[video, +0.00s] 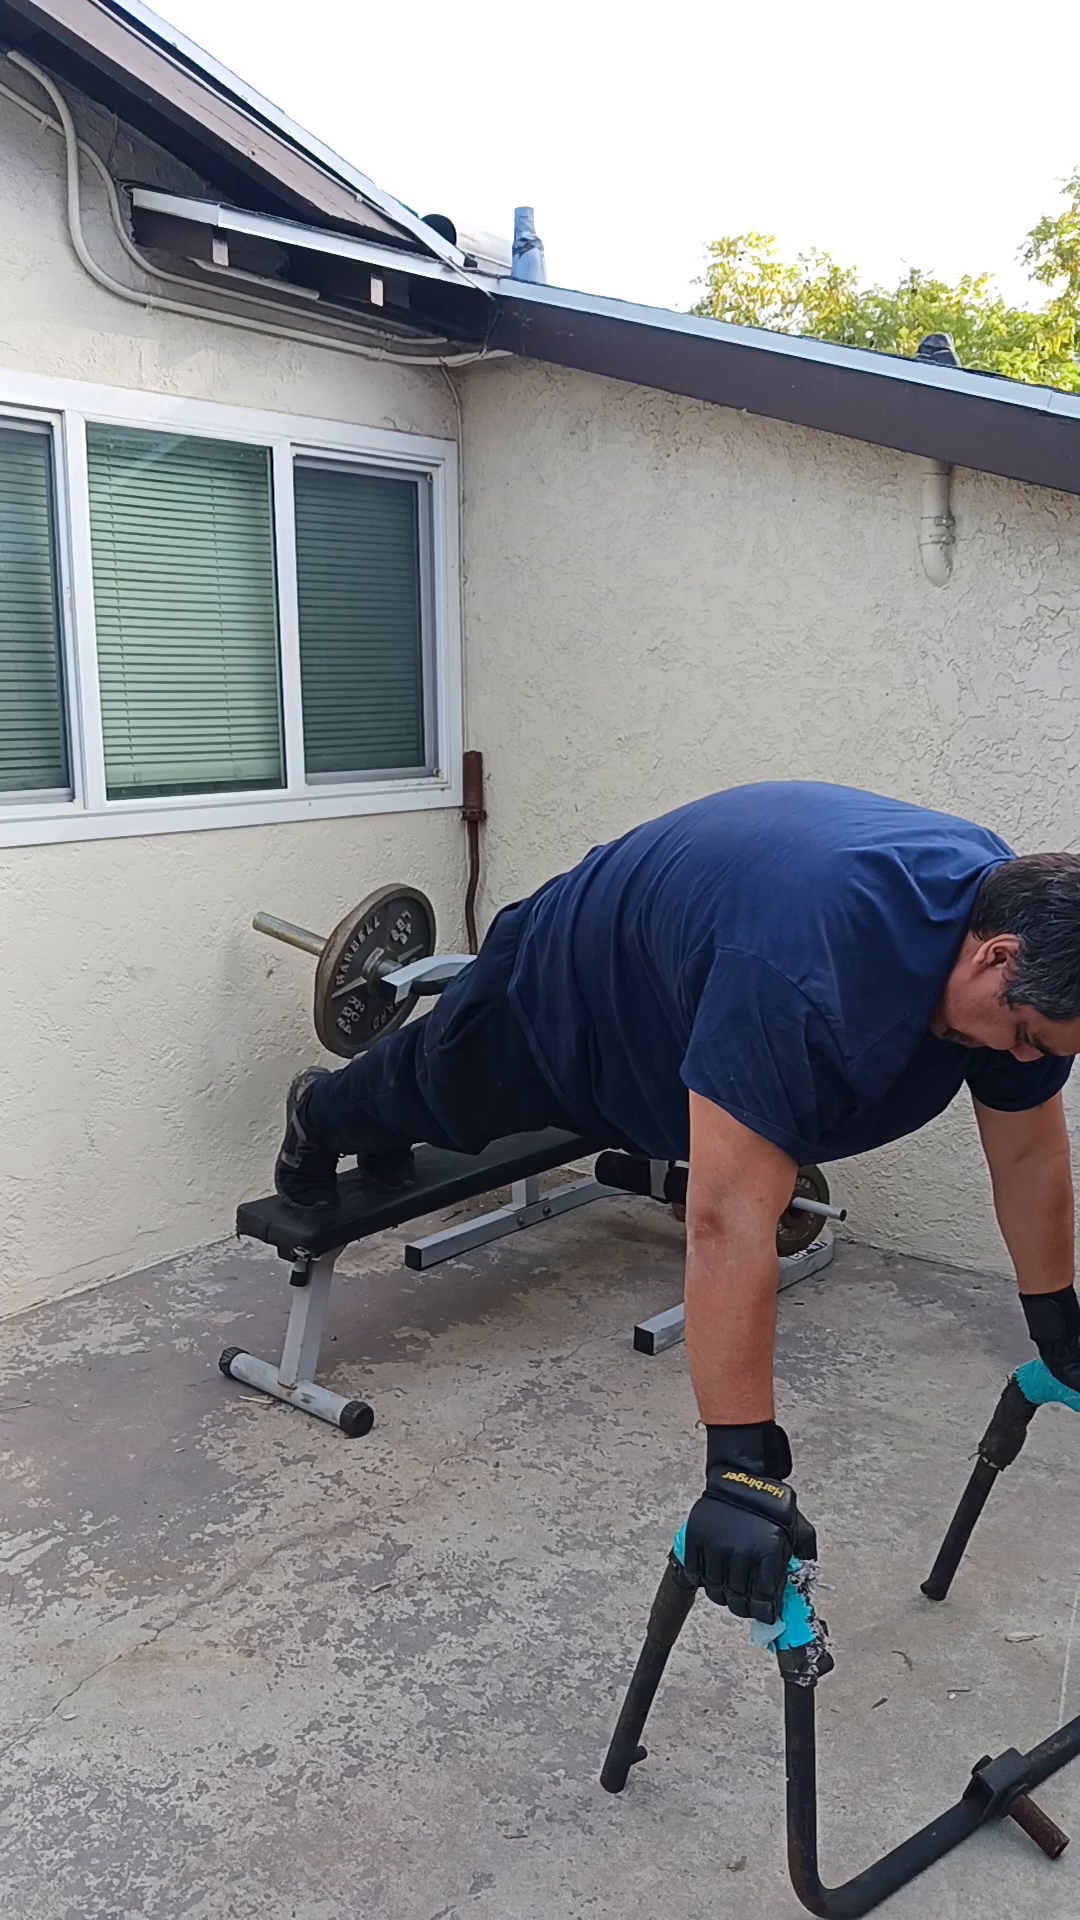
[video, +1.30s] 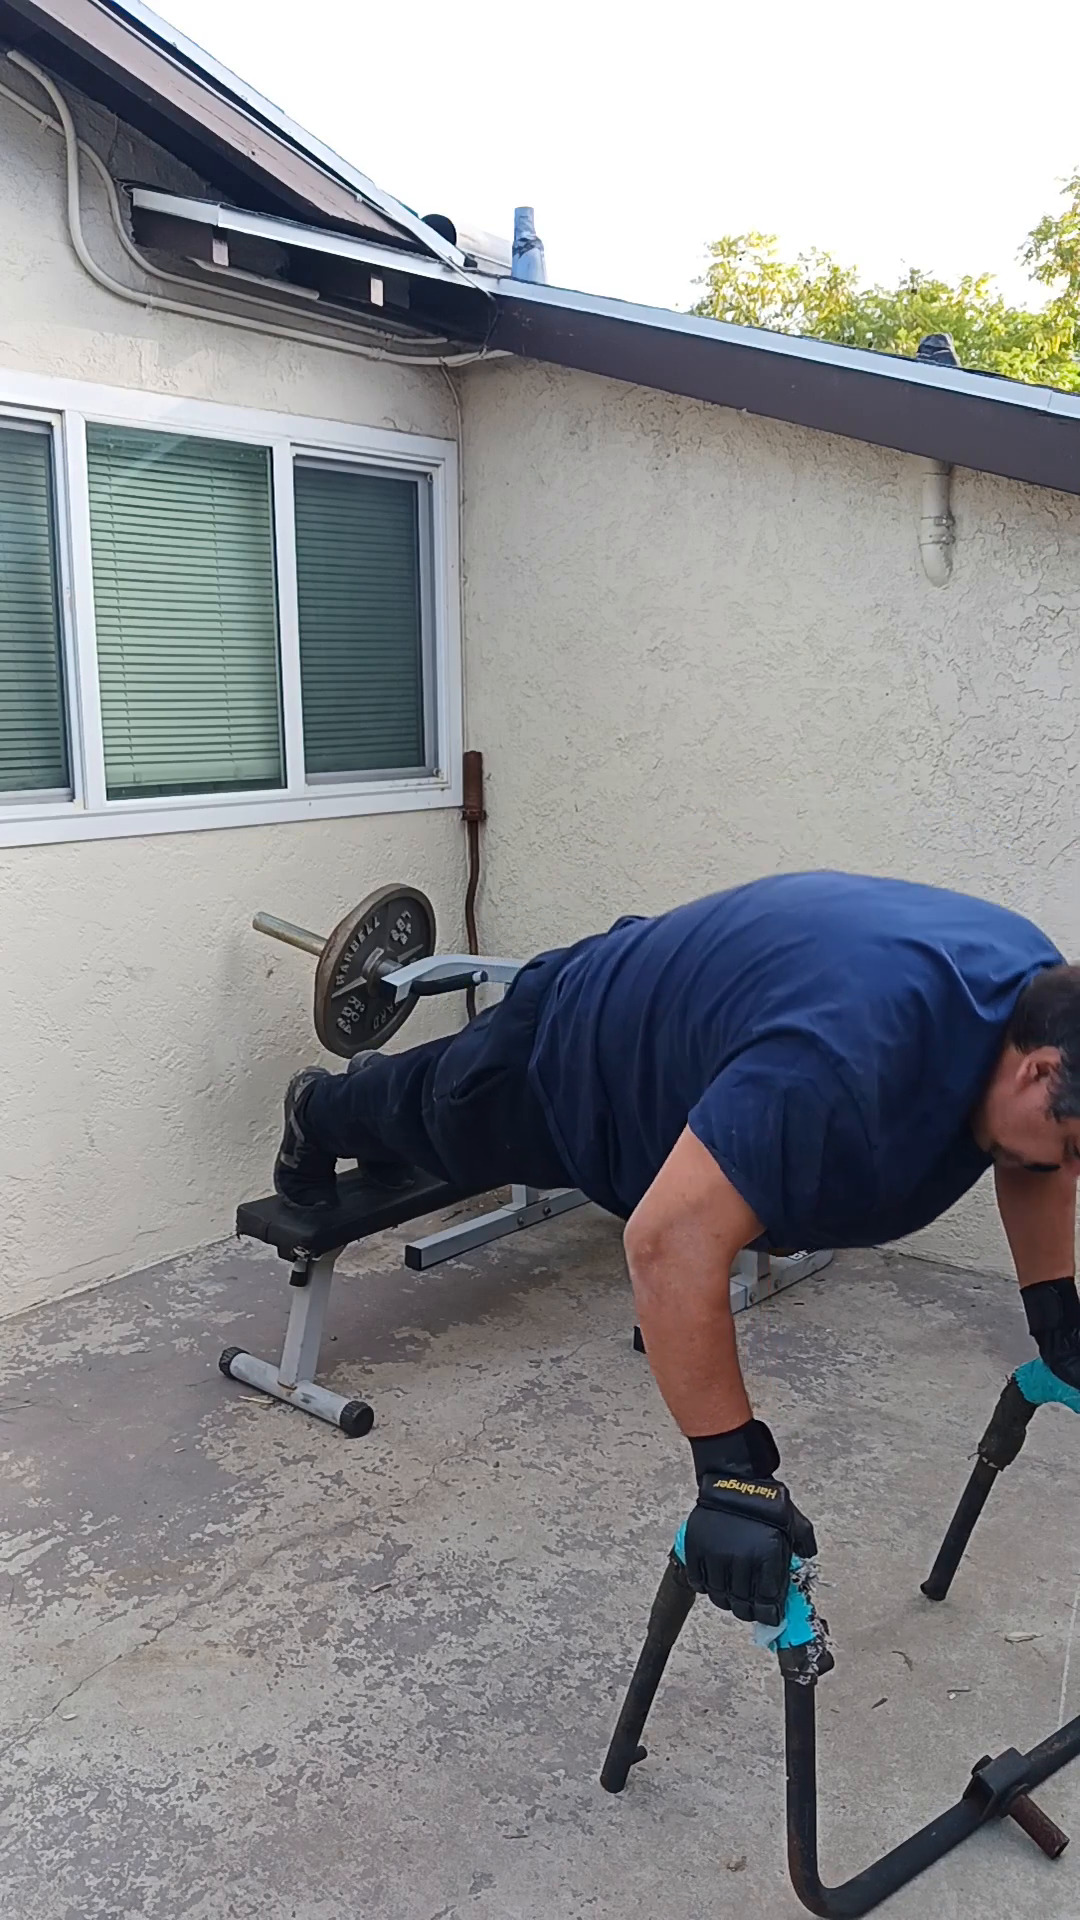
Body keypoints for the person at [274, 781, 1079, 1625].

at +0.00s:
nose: (1041, 1064)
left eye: (1056, 1050)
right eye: (1040, 1041)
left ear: (1004, 950)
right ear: (991, 963)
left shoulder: (1018, 941)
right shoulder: (802, 955)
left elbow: (1031, 1154)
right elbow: (725, 1220)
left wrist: (1056, 1324)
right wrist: (743, 1468)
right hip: (569, 981)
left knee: (495, 1078)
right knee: (429, 1077)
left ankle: (389, 1122)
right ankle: (319, 1115)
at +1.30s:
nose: (1044, 1164)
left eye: (1065, 1155)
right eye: (1050, 1141)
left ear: (1052, 1064)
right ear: (1026, 1068)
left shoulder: (1035, 993)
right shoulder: (835, 1063)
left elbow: (1040, 1162)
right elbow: (669, 1249)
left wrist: (1056, 1318)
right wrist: (735, 1475)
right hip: (583, 1041)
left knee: (496, 1112)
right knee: (430, 1101)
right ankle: (316, 1108)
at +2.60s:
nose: (1054, 1173)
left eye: (1072, 1164)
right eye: (1064, 1147)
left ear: (1057, 1073)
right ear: (1040, 1078)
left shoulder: (1050, 1008)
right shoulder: (826, 1081)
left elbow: (1057, 1175)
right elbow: (655, 1259)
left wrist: (1059, 1318)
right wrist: (731, 1475)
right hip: (604, 1065)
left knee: (512, 1118)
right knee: (449, 1114)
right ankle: (324, 1112)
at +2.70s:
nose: (1059, 1095)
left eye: (1072, 1084)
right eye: (1064, 1072)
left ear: (1040, 987)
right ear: (1031, 995)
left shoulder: (1042, 968)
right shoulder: (820, 1018)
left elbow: (1051, 1150)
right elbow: (692, 1238)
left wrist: (1060, 1321)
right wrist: (736, 1478)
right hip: (608, 1039)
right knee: (450, 1098)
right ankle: (322, 1117)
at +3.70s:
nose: (1057, 1377)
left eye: (1071, 1370)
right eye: (1073, 1360)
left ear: (1068, 1286)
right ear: (1061, 1295)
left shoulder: (1073, 1137)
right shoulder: (894, 1240)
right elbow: (641, 1274)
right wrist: (731, 1482)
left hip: (702, 1064)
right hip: (599, 1139)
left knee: (520, 1098)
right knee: (438, 1131)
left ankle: (387, 1092)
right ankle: (316, 1110)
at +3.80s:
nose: (1052, 1444)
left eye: (1067, 1436)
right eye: (1069, 1430)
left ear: (1067, 1367)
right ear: (1062, 1375)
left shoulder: (1078, 1178)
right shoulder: (905, 1286)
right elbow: (648, 1271)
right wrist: (733, 1480)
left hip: (709, 1091)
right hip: (601, 1168)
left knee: (528, 1116)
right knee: (443, 1151)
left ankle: (393, 1083)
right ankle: (319, 1106)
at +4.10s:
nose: (1045, 1582)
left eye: (1058, 1584)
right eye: (1063, 1577)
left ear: (1063, 1510)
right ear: (1066, 1516)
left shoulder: (1079, 1267)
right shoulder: (934, 1392)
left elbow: (1057, 1129)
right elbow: (694, 1264)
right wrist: (735, 1489)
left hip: (731, 1151)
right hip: (622, 1218)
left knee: (545, 1134)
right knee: (458, 1188)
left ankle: (405, 1086)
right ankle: (329, 1109)